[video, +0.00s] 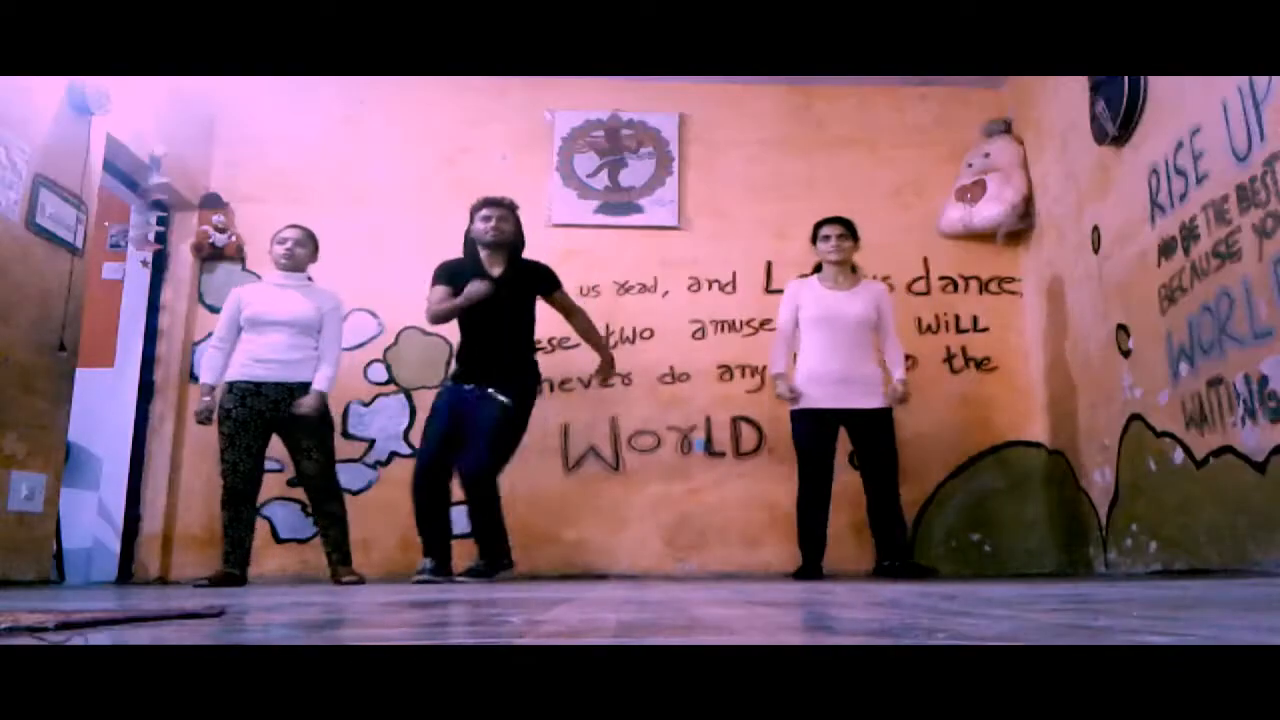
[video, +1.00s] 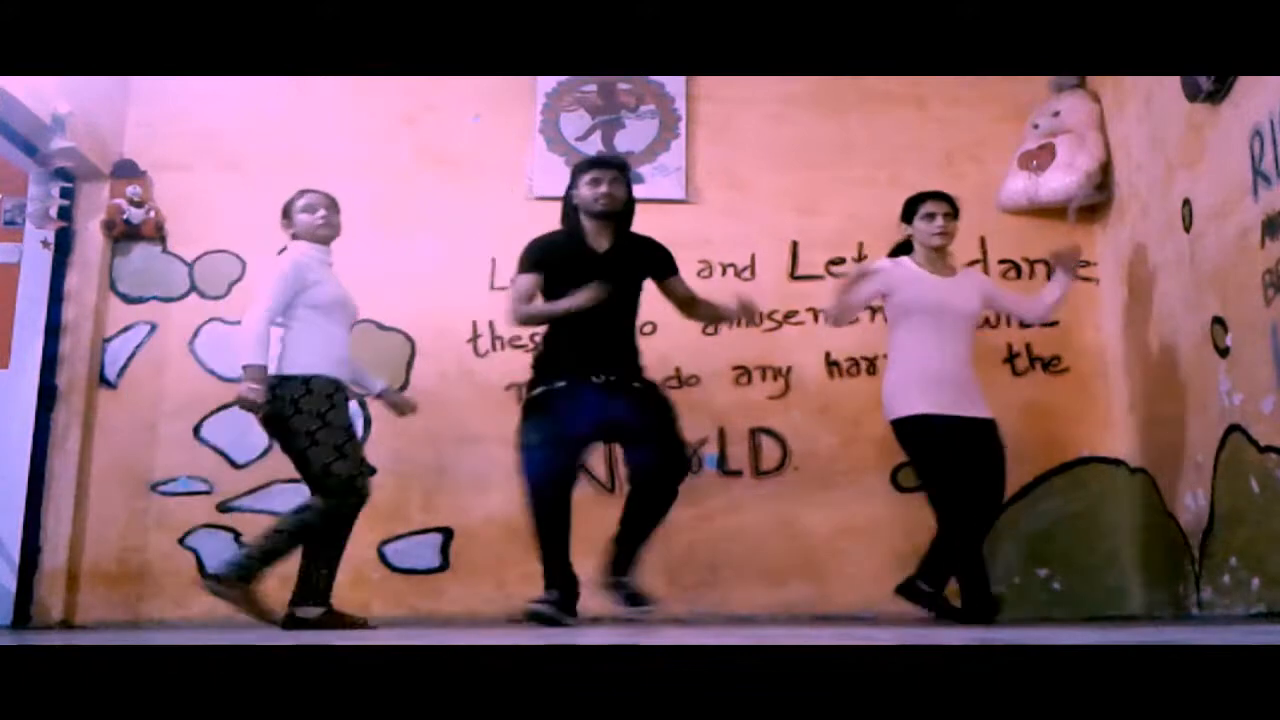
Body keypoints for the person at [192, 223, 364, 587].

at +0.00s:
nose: (288, 247)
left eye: (298, 244)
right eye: (282, 241)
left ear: (312, 256)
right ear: (269, 250)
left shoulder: (325, 299)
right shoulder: (243, 292)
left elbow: (330, 352)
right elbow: (220, 343)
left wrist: (318, 391)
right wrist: (207, 392)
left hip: (300, 395)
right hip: (244, 394)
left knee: (320, 480)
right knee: (238, 483)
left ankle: (341, 566)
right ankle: (233, 569)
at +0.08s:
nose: (285, 246)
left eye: (295, 243)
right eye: (279, 241)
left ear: (309, 256)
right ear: (266, 249)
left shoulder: (323, 298)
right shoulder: (240, 290)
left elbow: (337, 352)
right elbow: (214, 340)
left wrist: (347, 397)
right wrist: (212, 378)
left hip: (300, 394)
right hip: (244, 393)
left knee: (312, 475)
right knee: (239, 481)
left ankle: (340, 561)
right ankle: (234, 567)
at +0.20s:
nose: (217, 219)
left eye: (229, 215)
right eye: (207, 213)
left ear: (243, 233)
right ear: (192, 225)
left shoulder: (259, 284)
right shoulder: (165, 268)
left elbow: (283, 345)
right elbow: (141, 318)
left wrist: (312, 394)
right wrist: (152, 358)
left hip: (235, 395)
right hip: (172, 393)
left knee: (231, 492)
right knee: (166, 503)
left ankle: (273, 600)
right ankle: (153, 610)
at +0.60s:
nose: (260, 212)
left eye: (270, 208)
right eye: (248, 206)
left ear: (282, 225)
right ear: (229, 221)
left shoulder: (293, 281)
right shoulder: (214, 263)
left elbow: (284, 340)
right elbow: (198, 319)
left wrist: (286, 390)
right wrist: (207, 364)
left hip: (276, 400)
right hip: (216, 392)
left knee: (261, 509)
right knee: (202, 500)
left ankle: (228, 607)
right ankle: (190, 607)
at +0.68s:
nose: (273, 217)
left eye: (282, 213)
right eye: (260, 211)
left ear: (292, 229)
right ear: (241, 225)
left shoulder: (293, 289)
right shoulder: (228, 266)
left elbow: (294, 337)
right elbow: (230, 317)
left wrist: (306, 345)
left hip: (283, 399)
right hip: (222, 394)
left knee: (283, 506)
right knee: (202, 501)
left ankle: (253, 603)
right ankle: (191, 608)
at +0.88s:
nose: (303, 212)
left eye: (311, 206)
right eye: (290, 207)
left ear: (321, 220)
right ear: (271, 221)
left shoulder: (306, 268)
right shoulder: (275, 254)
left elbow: (306, 331)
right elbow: (266, 304)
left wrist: (323, 375)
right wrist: (283, 356)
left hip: (308, 390)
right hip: (266, 385)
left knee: (332, 492)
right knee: (267, 489)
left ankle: (308, 604)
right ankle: (188, 591)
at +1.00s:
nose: (323, 215)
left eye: (330, 210)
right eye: (309, 210)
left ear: (339, 224)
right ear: (290, 225)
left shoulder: (326, 274)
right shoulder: (297, 259)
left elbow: (335, 356)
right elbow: (259, 315)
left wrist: (384, 392)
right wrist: (255, 376)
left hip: (324, 397)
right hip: (300, 395)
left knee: (344, 492)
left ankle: (311, 605)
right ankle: (235, 574)